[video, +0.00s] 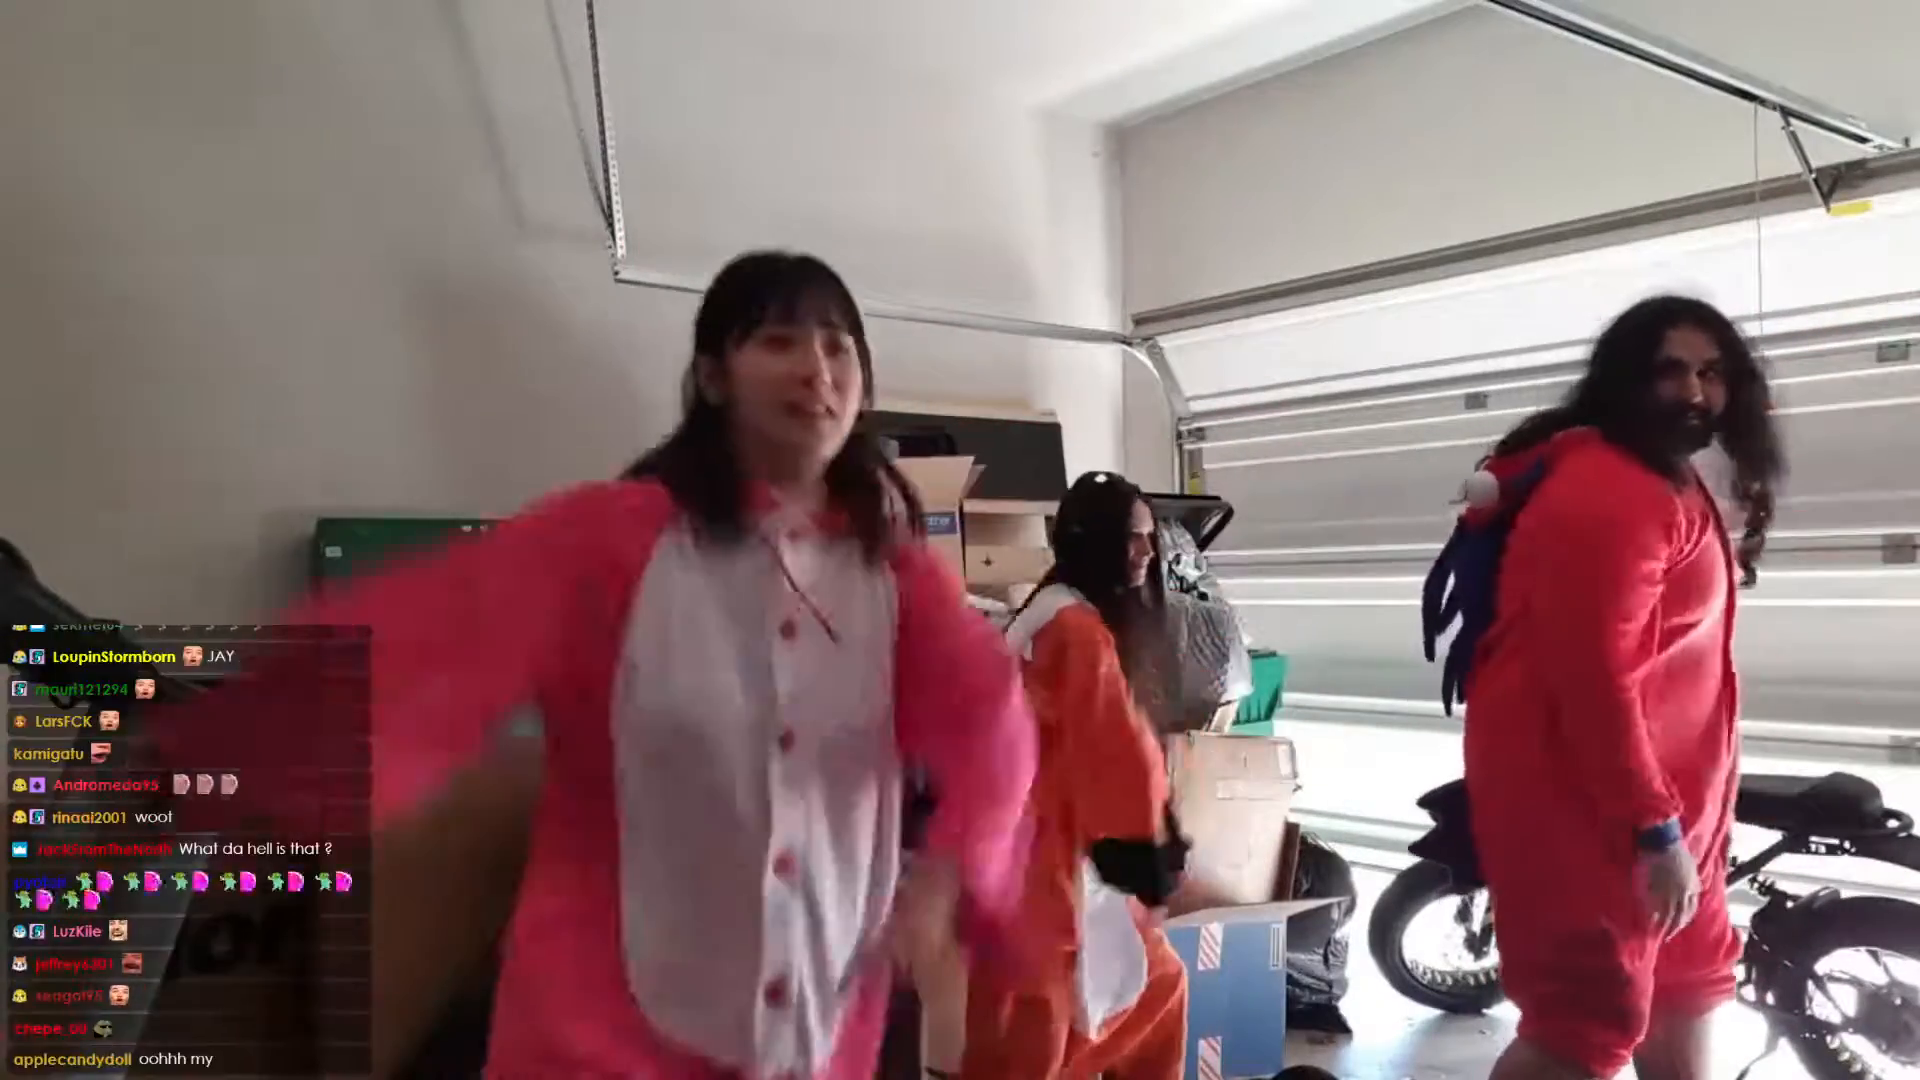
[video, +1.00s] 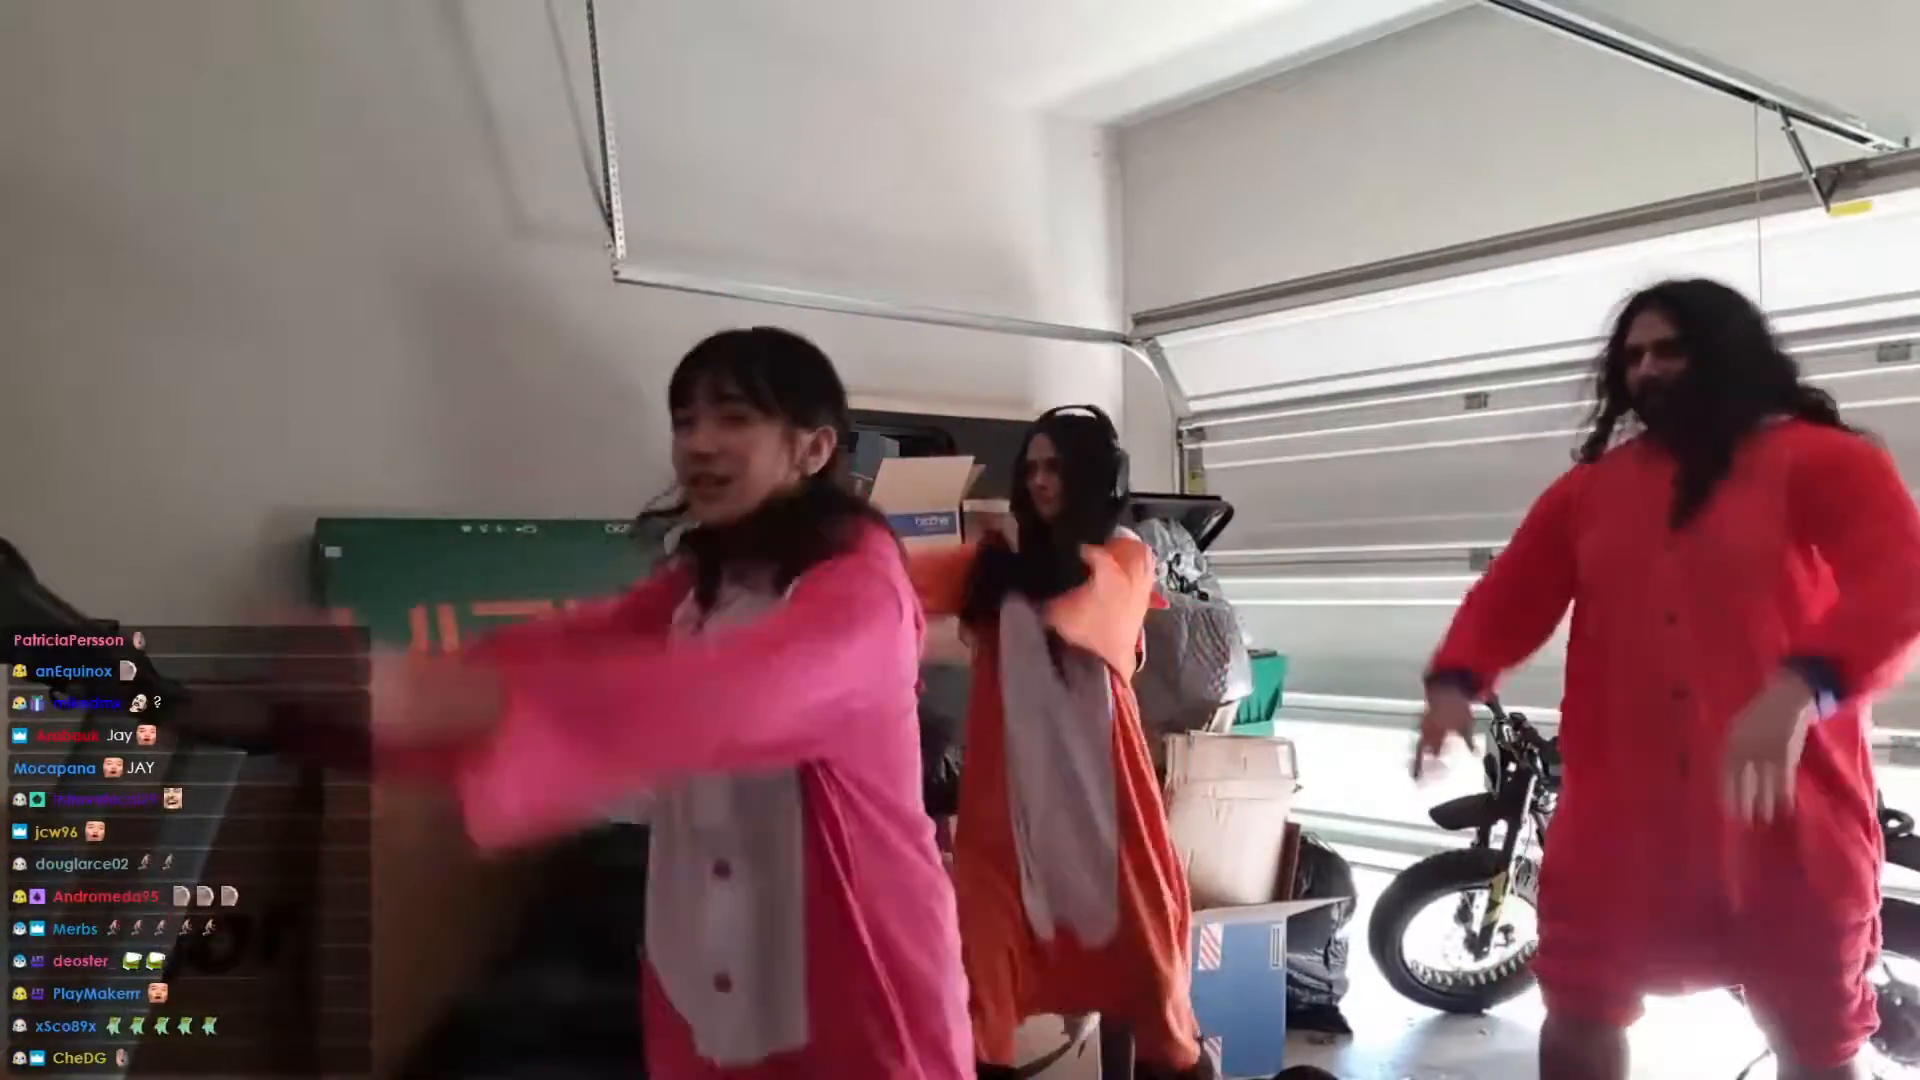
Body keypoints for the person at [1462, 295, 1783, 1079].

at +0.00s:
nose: (1695, 391)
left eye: (1713, 373)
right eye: (1670, 371)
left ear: (1730, 389)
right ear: (1627, 380)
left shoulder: (1675, 485)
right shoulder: (1603, 491)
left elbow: (1664, 667)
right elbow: (1592, 675)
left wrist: (1691, 812)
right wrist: (1655, 828)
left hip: (1662, 798)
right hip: (1578, 807)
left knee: (1689, 984)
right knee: (1586, 1027)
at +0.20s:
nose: (1626, 353)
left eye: (1645, 334)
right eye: (1601, 341)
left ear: (1679, 350)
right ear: (1574, 364)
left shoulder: (1718, 471)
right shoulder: (1558, 461)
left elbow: (1790, 580)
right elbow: (1588, 598)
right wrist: (1735, 680)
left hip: (1694, 785)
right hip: (1579, 783)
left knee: (1684, 993)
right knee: (1559, 1011)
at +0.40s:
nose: (1621, 350)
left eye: (1645, 331)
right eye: (1601, 335)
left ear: (1689, 350)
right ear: (1576, 353)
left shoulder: (1755, 461)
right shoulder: (1545, 446)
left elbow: (1890, 496)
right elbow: (1468, 492)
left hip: (1716, 802)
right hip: (1577, 801)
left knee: (1697, 1013)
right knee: (1586, 1026)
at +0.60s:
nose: (1611, 360)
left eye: (1636, 341)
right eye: (1590, 344)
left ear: (1683, 353)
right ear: (1563, 362)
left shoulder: (1758, 446)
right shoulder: (1531, 448)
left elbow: (1897, 491)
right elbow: (1410, 475)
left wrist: (1883, 389)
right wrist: (1434, 351)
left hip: (1738, 781)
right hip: (1568, 788)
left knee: (1794, 1008)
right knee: (1570, 1022)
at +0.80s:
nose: (1603, 375)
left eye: (1626, 355)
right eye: (1585, 361)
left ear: (1677, 361)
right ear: (1569, 383)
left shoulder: (1787, 477)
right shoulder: (1545, 511)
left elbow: (1859, 634)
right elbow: (1500, 650)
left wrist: (1830, 790)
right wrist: (1496, 769)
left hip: (1755, 813)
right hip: (1592, 820)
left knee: (1814, 1051)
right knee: (1573, 1036)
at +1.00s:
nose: (1645, 372)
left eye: (1667, 352)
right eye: (1631, 357)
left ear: (1722, 354)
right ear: (1617, 373)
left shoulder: (1824, 464)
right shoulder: (1592, 492)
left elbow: (1899, 588)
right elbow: (1513, 592)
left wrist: (1803, 687)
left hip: (1791, 822)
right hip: (1617, 819)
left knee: (1819, 1051)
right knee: (1578, 1033)